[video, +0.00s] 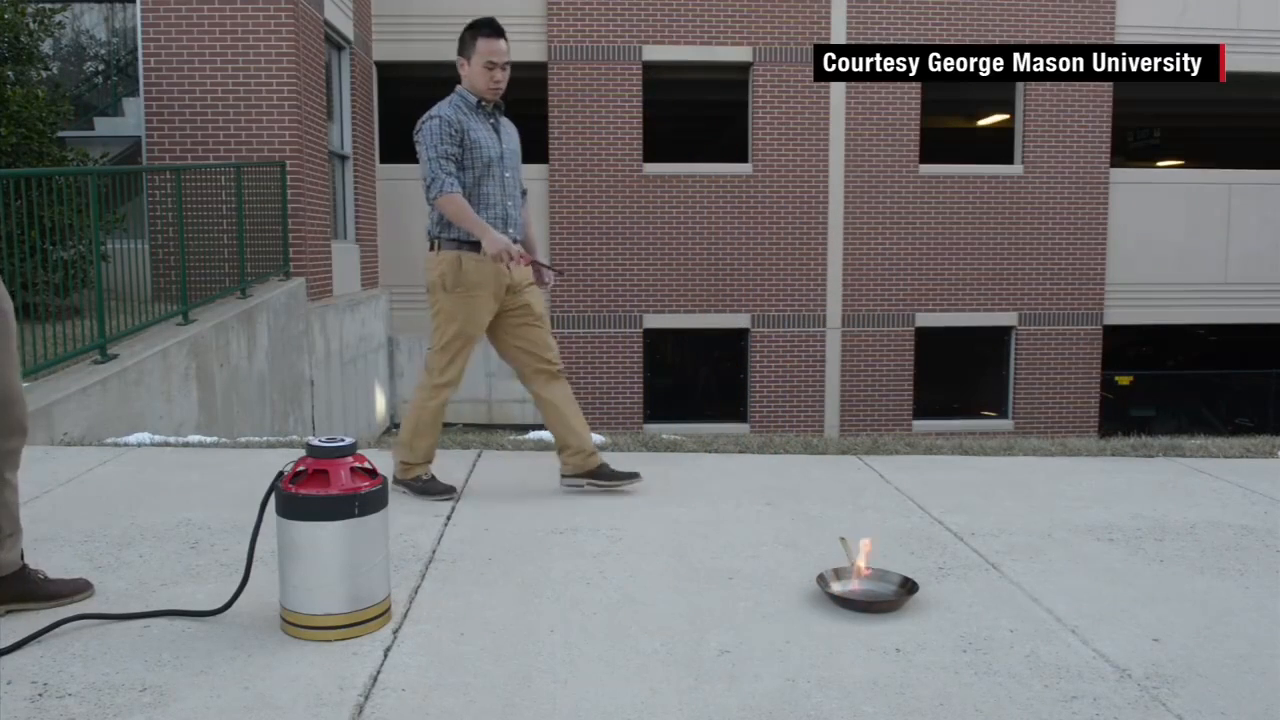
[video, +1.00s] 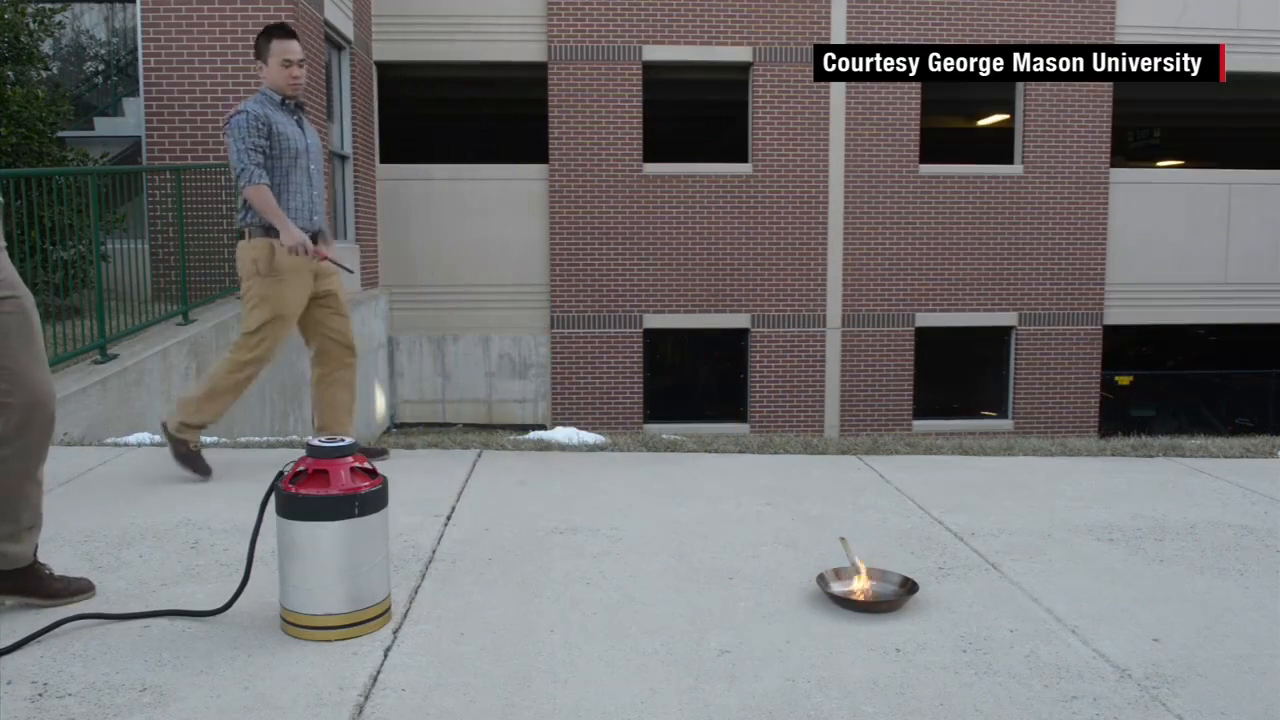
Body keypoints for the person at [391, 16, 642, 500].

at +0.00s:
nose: (499, 76)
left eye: (505, 66)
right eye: (489, 65)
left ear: (510, 69)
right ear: (462, 67)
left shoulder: (507, 129)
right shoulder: (440, 121)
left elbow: (516, 202)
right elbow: (442, 193)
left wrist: (534, 257)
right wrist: (486, 232)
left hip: (511, 265)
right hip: (463, 264)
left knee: (544, 366)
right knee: (442, 373)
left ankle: (582, 462)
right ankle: (410, 469)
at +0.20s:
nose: (447, 62)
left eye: (452, 53)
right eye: (437, 53)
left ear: (457, 54)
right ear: (410, 55)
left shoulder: (458, 115)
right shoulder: (394, 109)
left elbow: (470, 184)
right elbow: (393, 183)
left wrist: (492, 236)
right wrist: (414, 241)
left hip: (465, 251)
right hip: (421, 252)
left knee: (487, 348)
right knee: (417, 364)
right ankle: (410, 467)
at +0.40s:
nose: (409, 67)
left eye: (414, 58)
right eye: (398, 59)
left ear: (418, 60)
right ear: (371, 63)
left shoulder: (420, 123)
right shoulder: (356, 116)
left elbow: (437, 189)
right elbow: (343, 188)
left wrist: (472, 228)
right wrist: (344, 253)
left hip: (425, 252)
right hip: (388, 252)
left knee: (410, 351)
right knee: (410, 358)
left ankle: (350, 425)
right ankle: (411, 469)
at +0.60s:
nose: (390, 78)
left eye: (395, 69)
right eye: (380, 70)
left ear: (398, 73)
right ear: (355, 73)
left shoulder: (393, 135)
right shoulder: (333, 123)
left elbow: (413, 195)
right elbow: (318, 191)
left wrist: (451, 235)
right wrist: (313, 253)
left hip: (387, 257)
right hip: (353, 256)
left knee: (364, 360)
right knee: (382, 360)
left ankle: (329, 450)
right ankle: (406, 462)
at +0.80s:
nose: (354, 71)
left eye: (358, 63)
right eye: (344, 62)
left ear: (362, 67)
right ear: (318, 65)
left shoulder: (361, 127)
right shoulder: (296, 111)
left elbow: (372, 195)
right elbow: (288, 180)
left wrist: (382, 249)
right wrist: (304, 236)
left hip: (354, 248)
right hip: (313, 243)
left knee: (356, 349)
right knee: (329, 345)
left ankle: (340, 439)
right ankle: (313, 442)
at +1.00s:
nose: (297, 71)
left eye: (301, 63)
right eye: (287, 63)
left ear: (305, 67)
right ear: (262, 68)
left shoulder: (303, 124)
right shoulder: (249, 116)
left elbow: (309, 191)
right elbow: (251, 182)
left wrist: (323, 238)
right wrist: (284, 225)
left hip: (309, 251)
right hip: (270, 250)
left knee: (337, 348)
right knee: (257, 348)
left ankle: (336, 444)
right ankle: (183, 427)